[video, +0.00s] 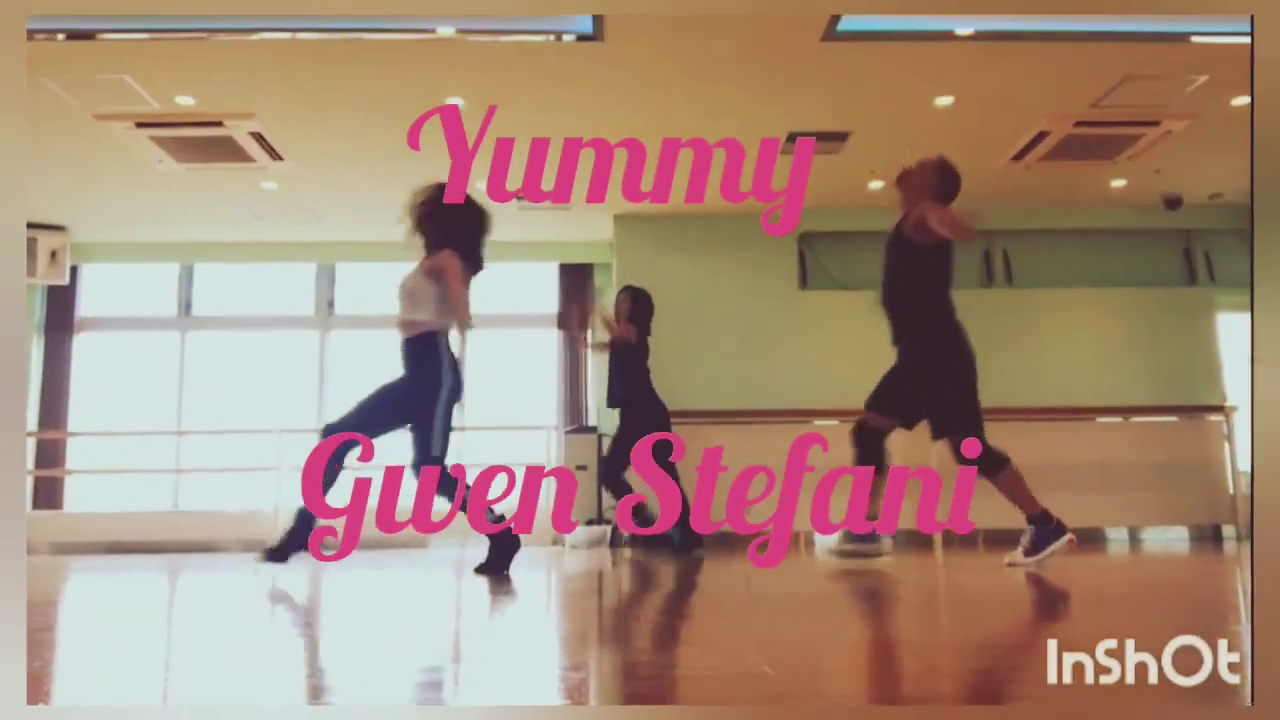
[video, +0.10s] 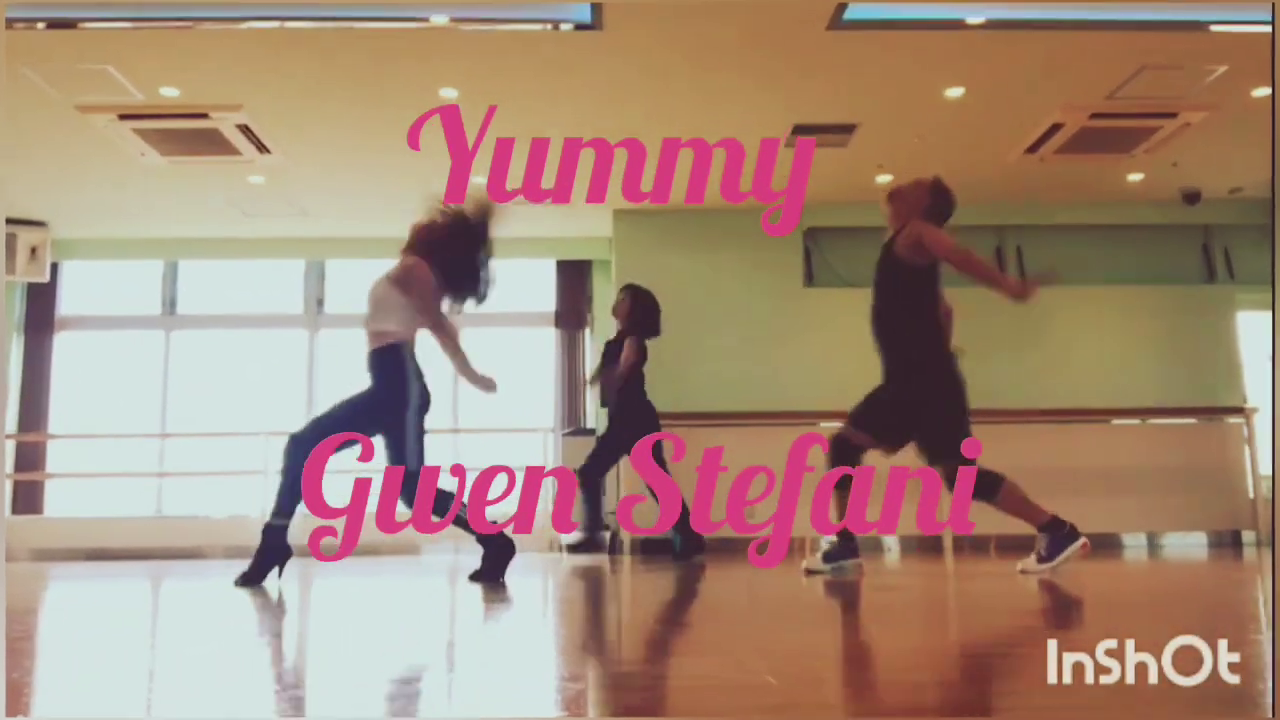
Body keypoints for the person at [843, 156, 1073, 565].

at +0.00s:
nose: (910, 167)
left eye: (921, 166)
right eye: (917, 162)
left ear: (930, 184)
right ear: (925, 186)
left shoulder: (926, 217)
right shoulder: (909, 223)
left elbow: (950, 228)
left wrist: (945, 218)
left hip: (939, 355)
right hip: (921, 356)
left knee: (971, 449)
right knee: (866, 434)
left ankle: (1043, 523)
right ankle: (866, 532)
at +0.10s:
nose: (903, 184)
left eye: (915, 184)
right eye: (911, 181)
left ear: (923, 205)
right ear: (914, 204)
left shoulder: (917, 233)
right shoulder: (901, 244)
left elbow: (961, 257)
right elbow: (941, 309)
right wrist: (939, 353)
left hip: (925, 384)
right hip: (911, 384)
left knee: (960, 474)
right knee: (844, 447)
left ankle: (1055, 530)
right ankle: (843, 544)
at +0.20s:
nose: (888, 186)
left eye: (901, 186)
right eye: (897, 183)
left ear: (911, 209)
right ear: (899, 206)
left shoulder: (907, 241)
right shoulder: (882, 251)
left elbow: (950, 273)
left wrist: (998, 316)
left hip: (910, 392)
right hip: (881, 392)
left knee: (954, 481)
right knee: (819, 460)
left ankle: (1058, 531)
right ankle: (846, 548)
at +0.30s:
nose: (870, 168)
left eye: (884, 167)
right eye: (876, 164)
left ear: (899, 189)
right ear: (878, 189)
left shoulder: (904, 224)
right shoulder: (858, 242)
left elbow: (944, 259)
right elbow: (850, 307)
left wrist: (963, 287)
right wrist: (814, 341)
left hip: (895, 375)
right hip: (858, 376)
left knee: (940, 468)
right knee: (815, 462)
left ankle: (1037, 520)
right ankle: (849, 551)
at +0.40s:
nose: (863, 149)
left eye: (874, 143)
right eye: (861, 143)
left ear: (893, 159)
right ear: (854, 157)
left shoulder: (904, 201)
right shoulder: (838, 219)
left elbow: (945, 228)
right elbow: (805, 264)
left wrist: (970, 243)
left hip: (885, 343)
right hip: (839, 345)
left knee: (906, 445)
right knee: (816, 450)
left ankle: (970, 513)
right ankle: (846, 545)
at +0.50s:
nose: (854, 142)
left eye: (863, 135)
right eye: (848, 135)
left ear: (882, 146)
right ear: (839, 146)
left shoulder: (897, 192)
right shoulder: (827, 210)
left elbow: (957, 211)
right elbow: (779, 244)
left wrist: (1014, 228)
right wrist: (725, 256)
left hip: (879, 330)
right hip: (829, 331)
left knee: (879, 436)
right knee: (821, 441)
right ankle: (818, 549)